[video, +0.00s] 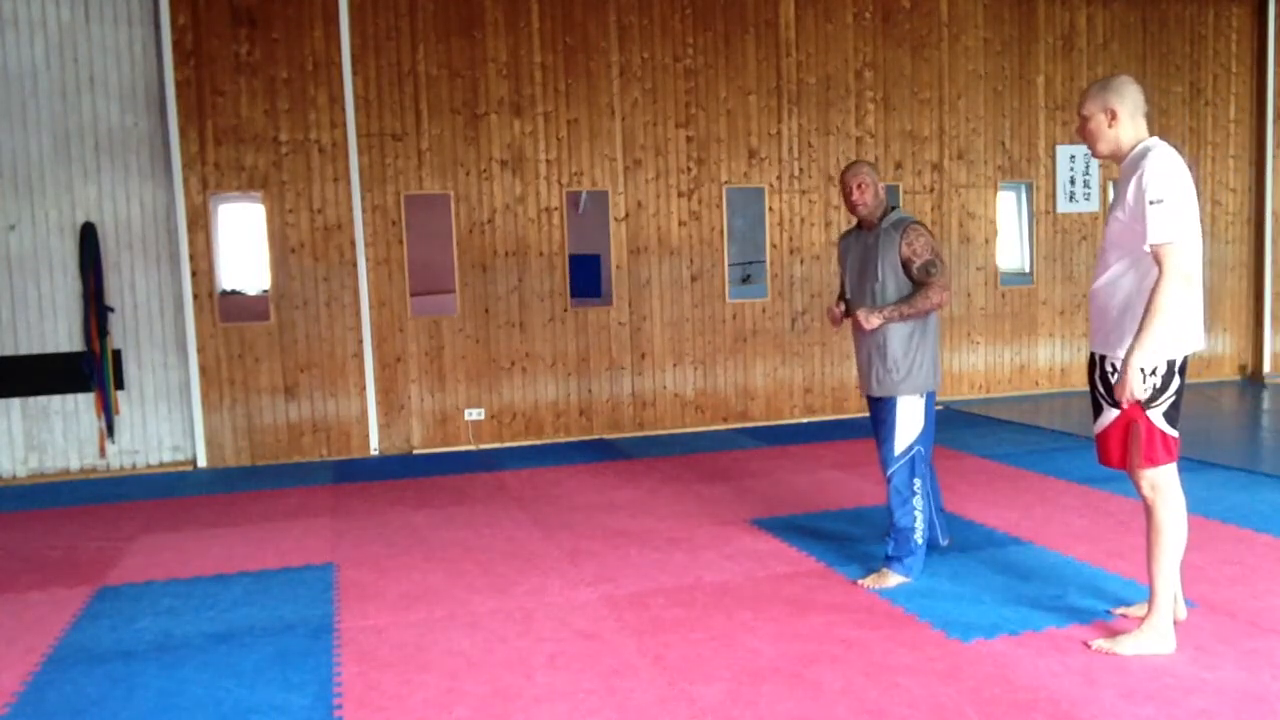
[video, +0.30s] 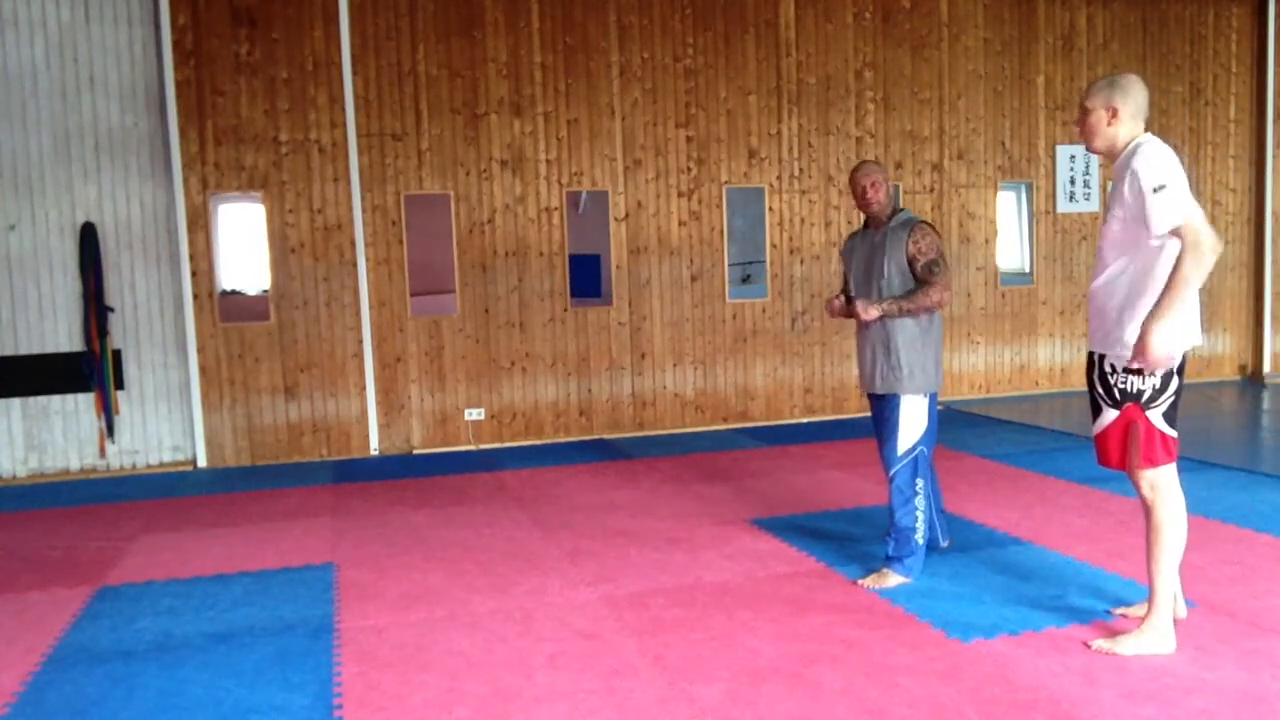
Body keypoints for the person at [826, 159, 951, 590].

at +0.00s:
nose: (855, 195)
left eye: (862, 186)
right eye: (848, 190)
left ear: (880, 188)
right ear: (844, 197)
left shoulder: (908, 233)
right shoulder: (848, 243)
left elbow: (939, 291)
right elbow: (849, 294)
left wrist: (883, 314)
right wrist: (841, 307)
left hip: (909, 375)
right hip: (876, 375)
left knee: (901, 469)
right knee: (905, 461)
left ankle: (904, 562)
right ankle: (933, 532)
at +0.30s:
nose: (869, 193)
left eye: (875, 185)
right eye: (861, 189)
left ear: (890, 186)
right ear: (853, 198)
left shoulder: (916, 234)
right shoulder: (853, 245)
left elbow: (939, 292)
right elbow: (858, 296)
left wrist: (882, 307)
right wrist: (842, 306)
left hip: (912, 373)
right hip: (877, 373)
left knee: (903, 468)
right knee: (905, 460)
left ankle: (904, 563)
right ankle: (934, 532)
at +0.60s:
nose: (886, 192)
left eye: (890, 184)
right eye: (876, 188)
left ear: (900, 189)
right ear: (864, 199)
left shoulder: (924, 228)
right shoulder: (861, 242)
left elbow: (936, 267)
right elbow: (824, 294)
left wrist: (879, 254)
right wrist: (829, 267)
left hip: (918, 365)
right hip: (881, 366)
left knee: (905, 462)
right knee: (903, 458)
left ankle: (903, 562)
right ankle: (933, 531)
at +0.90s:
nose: (886, 198)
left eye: (891, 190)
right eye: (877, 195)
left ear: (902, 191)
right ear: (867, 203)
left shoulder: (928, 229)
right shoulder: (866, 244)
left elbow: (927, 268)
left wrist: (869, 247)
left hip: (924, 366)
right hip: (884, 367)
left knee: (908, 461)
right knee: (901, 458)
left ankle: (904, 562)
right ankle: (933, 531)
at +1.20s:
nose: (887, 196)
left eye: (892, 188)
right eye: (877, 192)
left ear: (903, 191)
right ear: (866, 200)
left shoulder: (934, 235)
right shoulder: (861, 248)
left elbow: (949, 295)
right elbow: (855, 302)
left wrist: (890, 304)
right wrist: (845, 308)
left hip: (926, 373)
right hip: (886, 374)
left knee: (910, 468)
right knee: (901, 463)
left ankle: (904, 564)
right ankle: (934, 532)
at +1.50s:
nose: (890, 196)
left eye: (895, 187)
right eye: (881, 192)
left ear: (908, 190)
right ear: (870, 199)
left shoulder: (937, 235)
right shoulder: (865, 247)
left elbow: (952, 295)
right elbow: (857, 307)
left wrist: (891, 299)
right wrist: (845, 302)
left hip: (927, 373)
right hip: (886, 374)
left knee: (910, 469)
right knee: (901, 462)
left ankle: (904, 565)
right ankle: (934, 530)